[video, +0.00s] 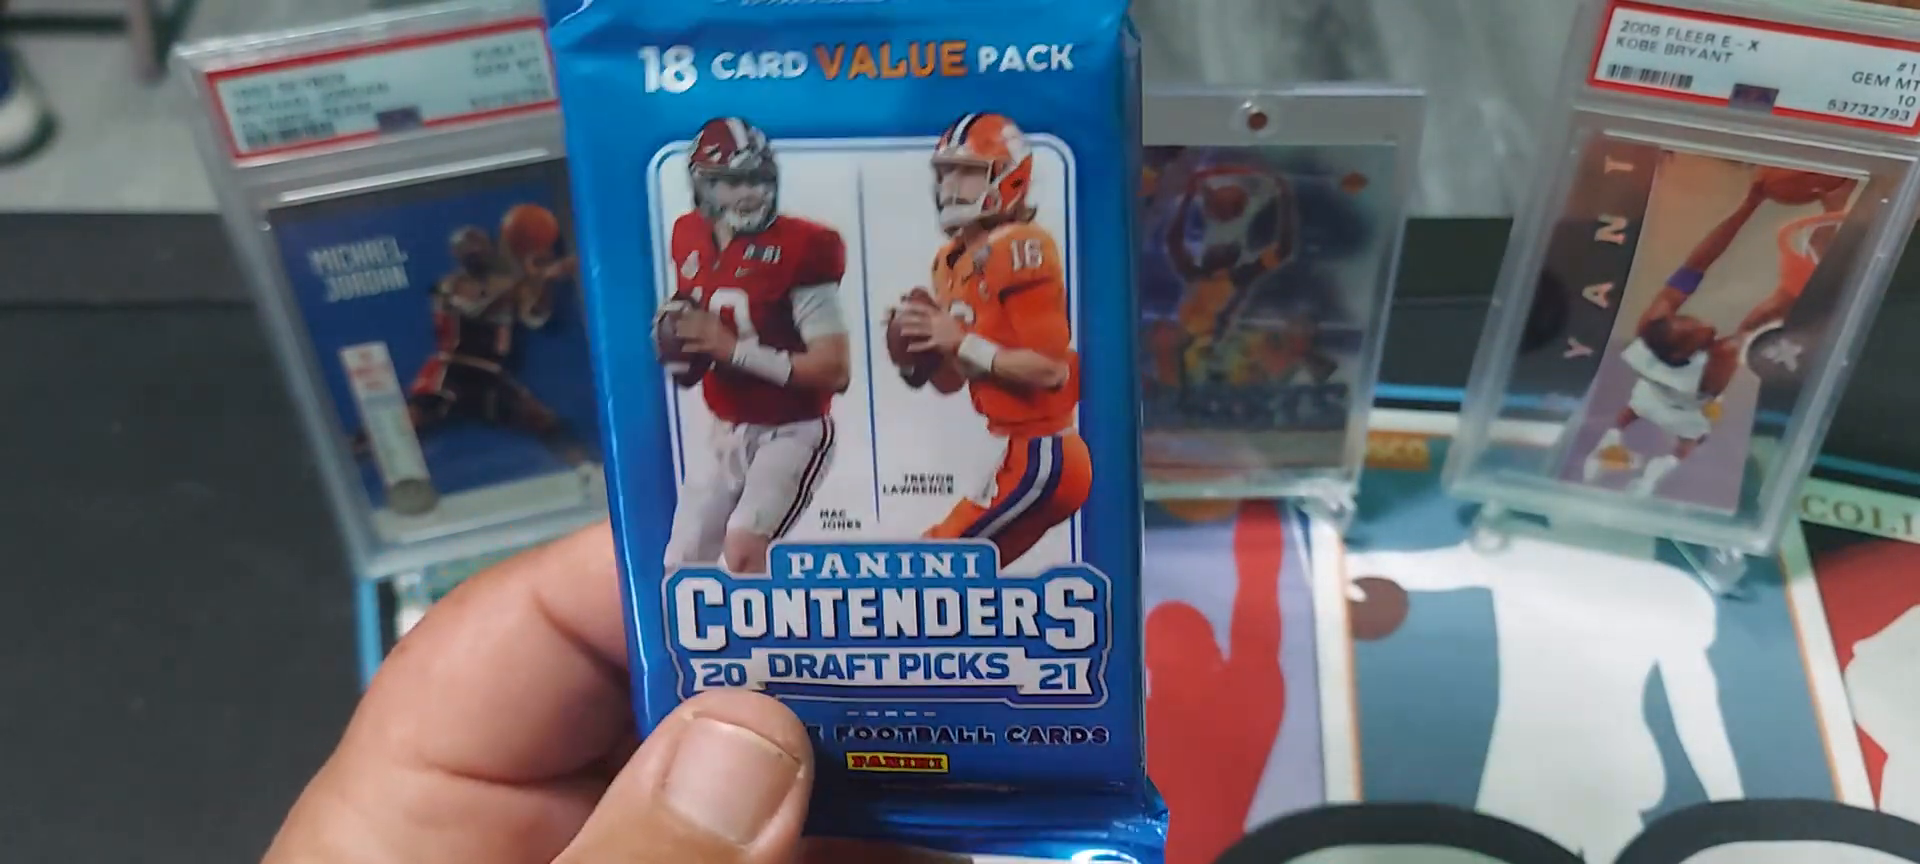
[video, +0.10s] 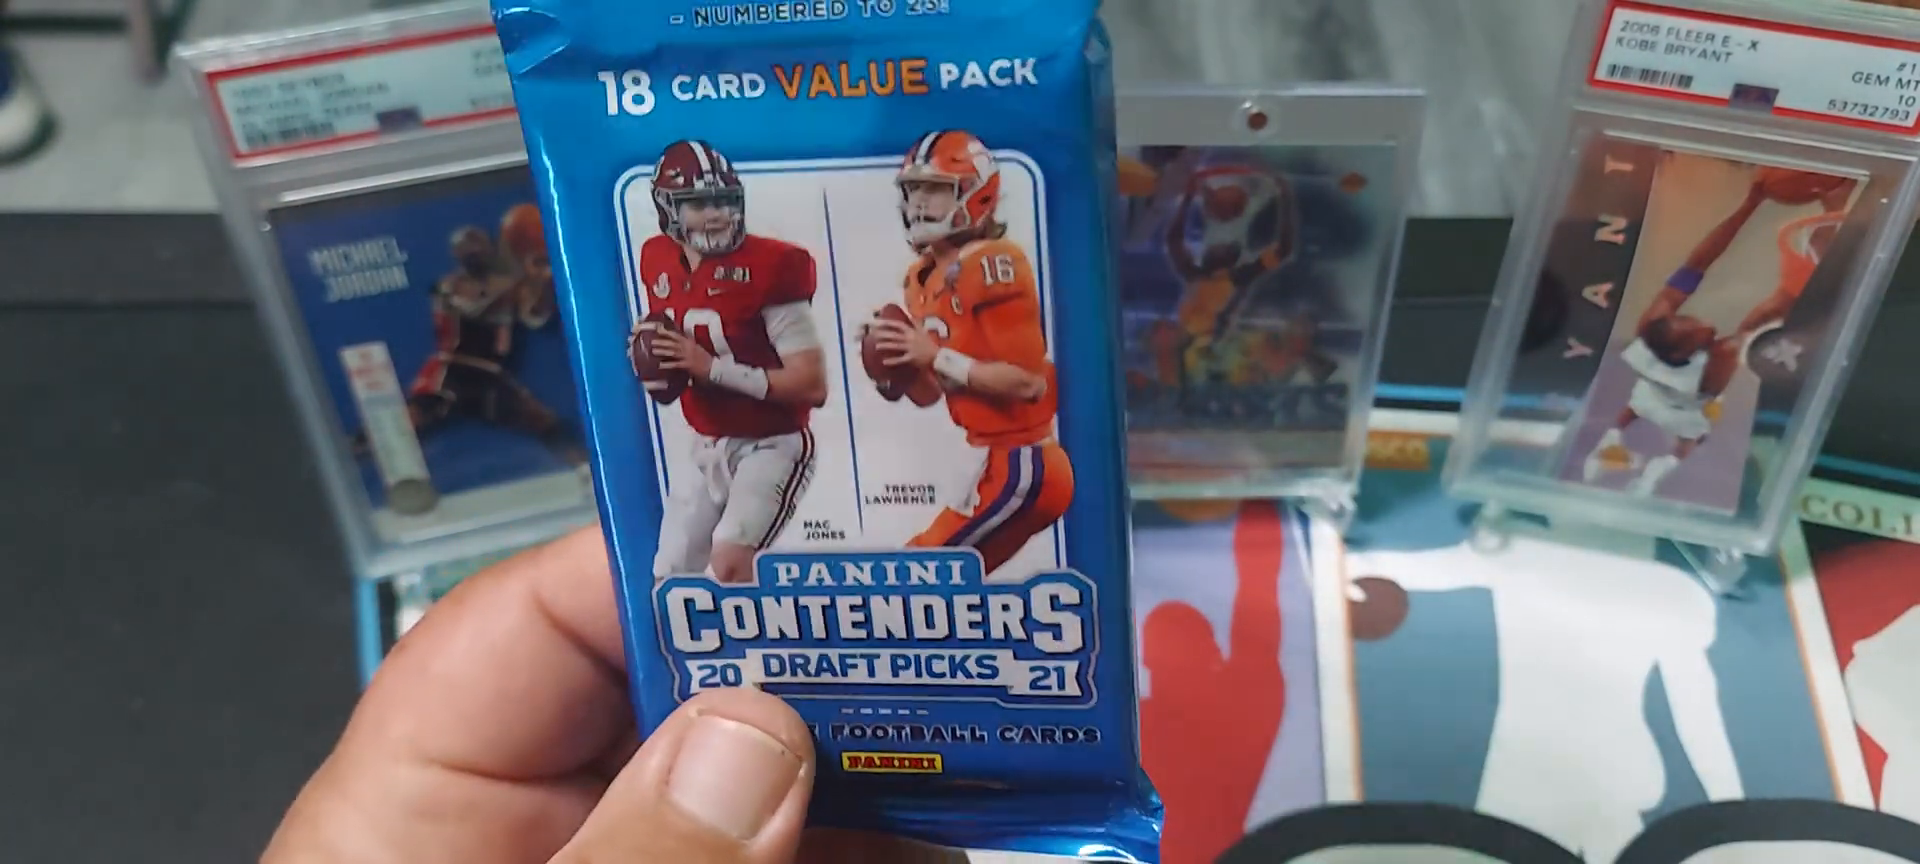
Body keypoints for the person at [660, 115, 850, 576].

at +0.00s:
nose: (745, 194)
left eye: (755, 180)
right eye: (731, 182)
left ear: (771, 181)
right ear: (703, 186)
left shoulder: (806, 246)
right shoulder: (689, 234)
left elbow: (833, 371)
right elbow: (685, 315)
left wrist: (732, 347)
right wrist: (674, 336)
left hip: (794, 432)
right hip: (723, 430)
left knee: (744, 547)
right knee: (681, 564)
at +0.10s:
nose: (714, 214)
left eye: (723, 201)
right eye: (699, 204)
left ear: (738, 204)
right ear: (670, 211)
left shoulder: (774, 266)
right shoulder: (658, 259)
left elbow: (811, 386)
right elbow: (667, 390)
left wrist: (709, 366)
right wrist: (647, 357)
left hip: (774, 445)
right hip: (707, 448)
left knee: (729, 559)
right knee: (670, 578)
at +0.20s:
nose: (728, 178)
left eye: (737, 165)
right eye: (713, 168)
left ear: (753, 166)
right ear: (687, 173)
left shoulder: (784, 228)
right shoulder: (675, 220)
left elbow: (816, 347)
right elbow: (678, 296)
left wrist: (720, 328)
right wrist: (660, 313)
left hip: (779, 409)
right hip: (712, 411)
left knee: (731, 528)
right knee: (669, 546)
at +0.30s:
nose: (742, 167)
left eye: (751, 155)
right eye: (728, 157)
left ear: (765, 157)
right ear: (701, 160)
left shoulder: (796, 216)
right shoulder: (687, 208)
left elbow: (824, 337)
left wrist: (729, 318)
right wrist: (669, 304)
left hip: (785, 398)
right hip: (717, 400)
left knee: (733, 521)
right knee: (673, 536)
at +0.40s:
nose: (742, 170)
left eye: (751, 158)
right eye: (729, 159)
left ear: (766, 159)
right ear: (702, 162)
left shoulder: (797, 218)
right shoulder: (688, 210)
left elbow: (826, 340)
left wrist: (731, 321)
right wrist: (670, 306)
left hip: (787, 401)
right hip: (719, 403)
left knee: (736, 525)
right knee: (675, 539)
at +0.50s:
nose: (747, 176)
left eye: (756, 164)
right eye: (734, 166)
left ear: (771, 165)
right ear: (708, 168)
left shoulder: (801, 226)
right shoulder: (692, 217)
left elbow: (831, 348)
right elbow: (694, 295)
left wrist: (735, 328)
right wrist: (675, 311)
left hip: (791, 411)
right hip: (724, 412)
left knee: (738, 535)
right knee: (678, 547)